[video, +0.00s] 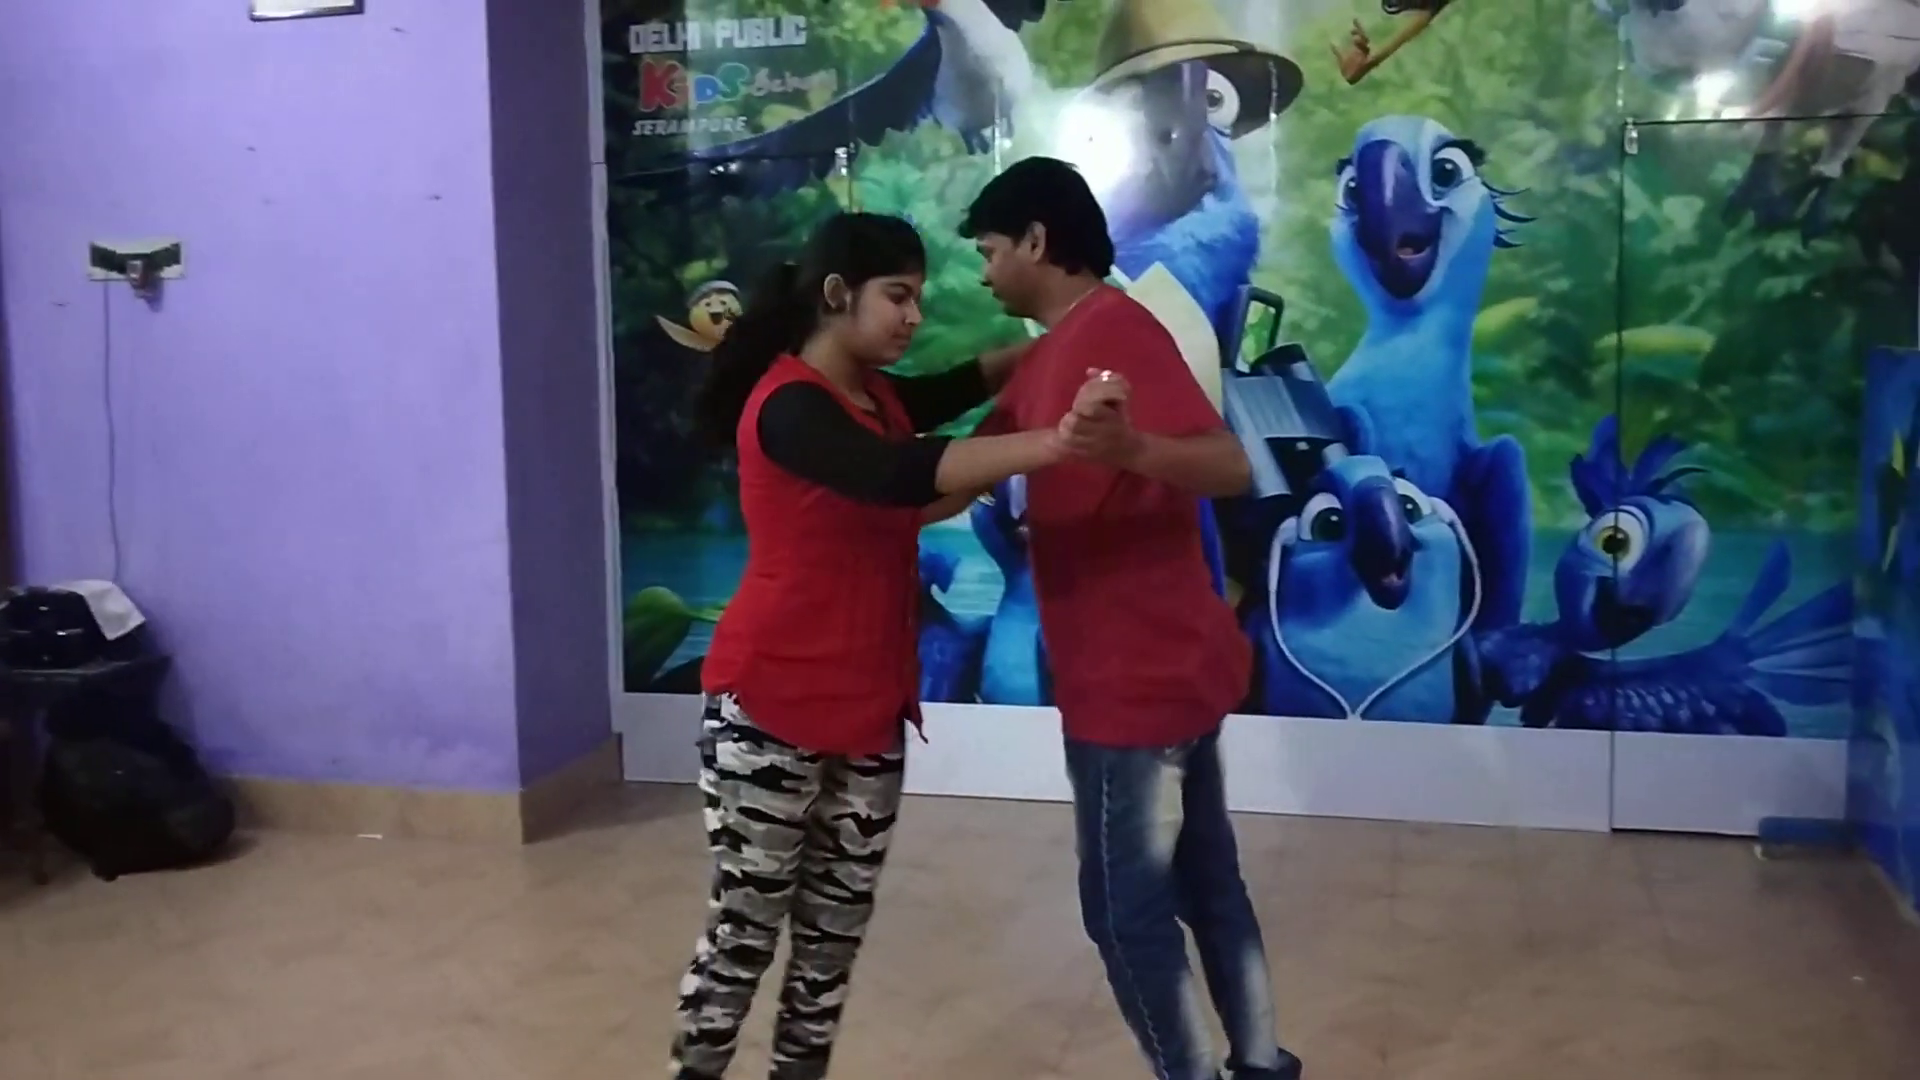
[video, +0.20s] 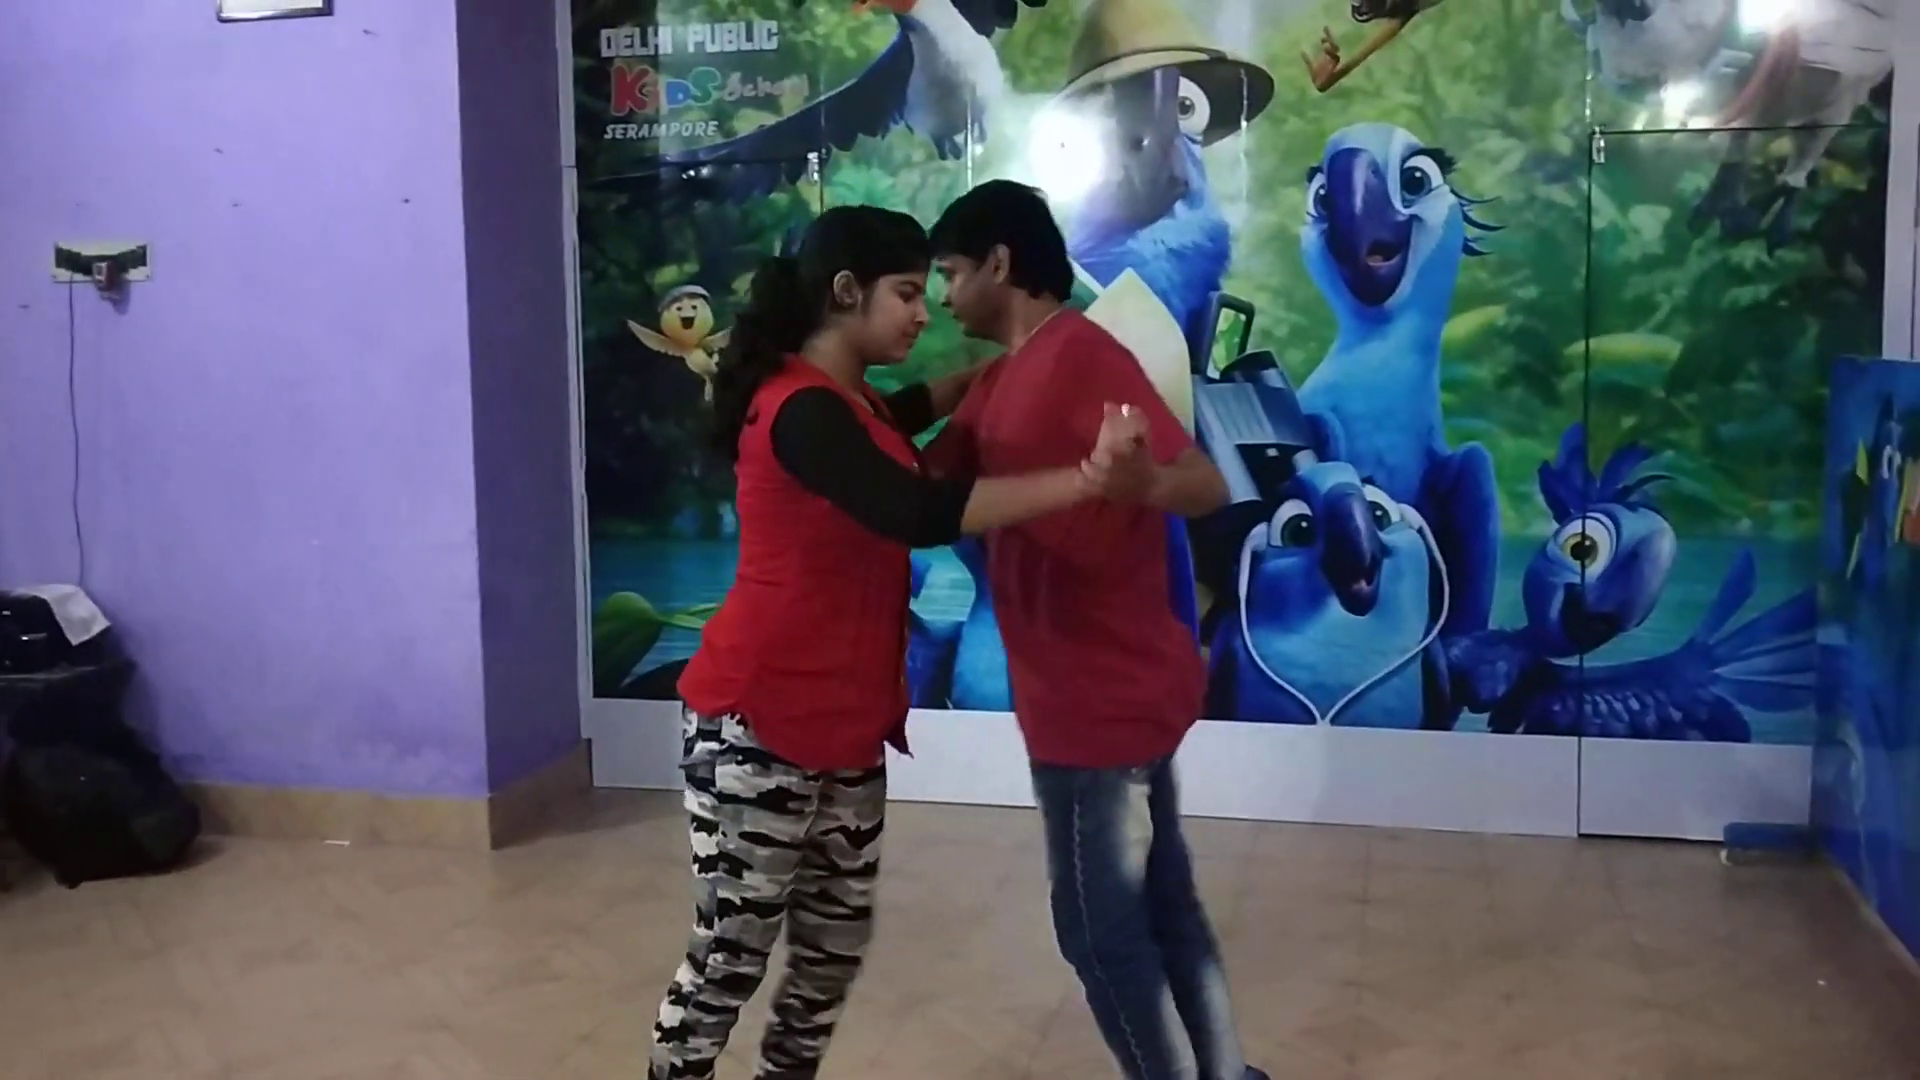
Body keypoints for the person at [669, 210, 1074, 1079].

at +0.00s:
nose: (914, 315)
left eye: (917, 299)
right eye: (897, 296)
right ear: (837, 294)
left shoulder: (885, 400)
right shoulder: (786, 401)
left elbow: (985, 376)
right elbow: (901, 474)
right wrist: (1055, 442)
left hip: (868, 723)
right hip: (767, 713)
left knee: (830, 944)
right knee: (745, 932)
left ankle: (796, 1075)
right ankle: (696, 1071)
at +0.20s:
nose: (923, 313)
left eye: (923, 293)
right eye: (908, 292)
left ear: (858, 296)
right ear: (849, 293)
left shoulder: (867, 406)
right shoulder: (799, 407)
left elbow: (951, 394)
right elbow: (918, 511)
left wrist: (1017, 355)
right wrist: (1084, 480)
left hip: (849, 733)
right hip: (753, 730)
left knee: (830, 951)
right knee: (731, 956)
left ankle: (785, 1074)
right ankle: (674, 1073)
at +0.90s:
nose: (538, 343)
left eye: (541, 324)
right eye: (535, 326)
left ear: (582, 315)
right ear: (601, 315)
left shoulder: (627, 410)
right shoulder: (669, 388)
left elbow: (696, 558)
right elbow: (754, 521)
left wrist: (739, 715)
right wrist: (795, 645)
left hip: (651, 712)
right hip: (689, 704)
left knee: (574, 908)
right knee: (627, 890)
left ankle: (740, 1029)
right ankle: (668, 1060)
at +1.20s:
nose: (322, 313)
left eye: (328, 293)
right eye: (320, 294)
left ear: (368, 288)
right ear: (395, 287)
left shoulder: (389, 393)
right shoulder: (467, 372)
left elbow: (421, 548)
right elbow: (535, 506)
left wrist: (428, 707)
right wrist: (551, 630)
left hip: (395, 694)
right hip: (464, 682)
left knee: (320, 866)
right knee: (402, 843)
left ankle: (330, 1053)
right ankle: (526, 985)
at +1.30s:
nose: (266, 305)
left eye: (270, 286)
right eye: (263, 287)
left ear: (311, 280)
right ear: (345, 279)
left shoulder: (327, 388)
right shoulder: (416, 367)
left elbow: (345, 545)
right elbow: (478, 502)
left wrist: (336, 709)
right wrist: (492, 625)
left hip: (338, 680)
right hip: (409, 662)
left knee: (274, 869)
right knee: (312, 822)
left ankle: (321, 1046)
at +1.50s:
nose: (185, 300)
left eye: (186, 281)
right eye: (181, 283)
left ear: (220, 272)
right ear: (266, 270)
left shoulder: (236, 374)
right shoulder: (333, 363)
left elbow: (235, 539)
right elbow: (392, 493)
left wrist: (208, 698)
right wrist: (404, 621)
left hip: (242, 668)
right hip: (304, 651)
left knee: (243, 871)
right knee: (188, 808)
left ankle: (324, 1046)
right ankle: (151, 982)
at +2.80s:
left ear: (4, 418)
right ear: (59, 413)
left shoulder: (20, 504)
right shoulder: (112, 478)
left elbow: (9, 609)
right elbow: (180, 568)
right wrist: (261, 600)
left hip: (213, 708)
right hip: (270, 677)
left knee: (128, 912)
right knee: (108, 803)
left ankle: (297, 1034)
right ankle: (153, 1015)